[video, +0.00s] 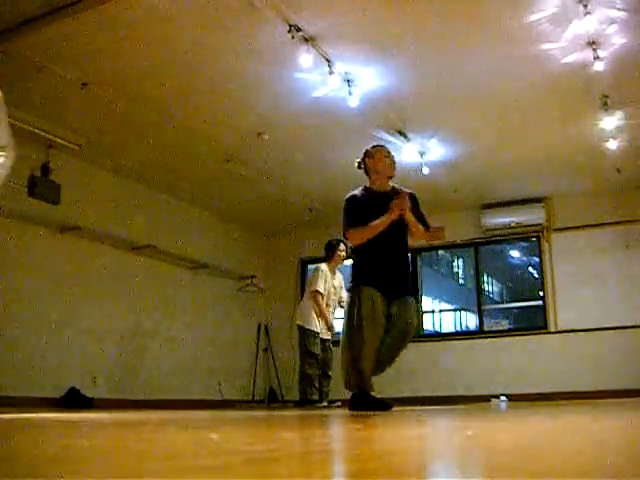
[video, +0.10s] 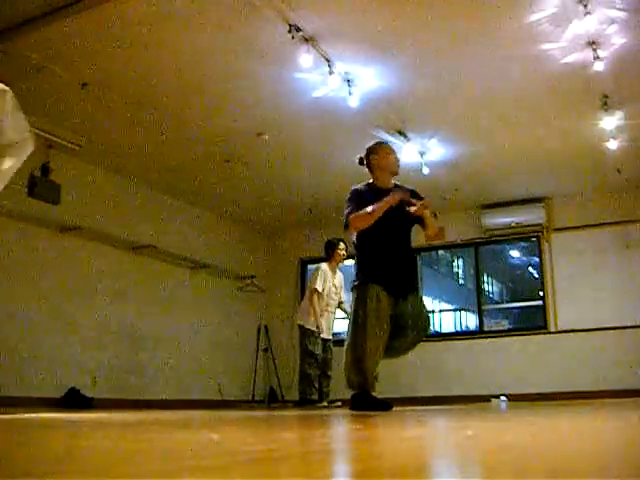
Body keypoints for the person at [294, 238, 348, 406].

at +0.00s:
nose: (343, 255)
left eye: (344, 251)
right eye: (340, 251)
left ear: (344, 255)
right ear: (331, 252)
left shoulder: (338, 276)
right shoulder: (320, 270)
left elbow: (343, 299)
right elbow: (316, 295)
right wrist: (328, 321)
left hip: (326, 318)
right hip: (310, 317)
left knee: (326, 358)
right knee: (312, 357)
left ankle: (323, 395)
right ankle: (309, 396)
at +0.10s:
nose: (343, 253)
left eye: (344, 250)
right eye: (340, 250)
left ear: (343, 254)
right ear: (331, 252)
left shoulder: (339, 276)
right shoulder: (321, 270)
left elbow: (340, 300)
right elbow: (313, 295)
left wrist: (349, 312)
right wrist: (318, 321)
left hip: (326, 321)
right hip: (311, 320)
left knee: (326, 360)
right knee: (312, 359)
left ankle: (324, 395)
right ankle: (308, 396)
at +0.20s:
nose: (344, 253)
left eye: (345, 250)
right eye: (341, 250)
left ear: (345, 254)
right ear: (332, 252)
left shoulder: (340, 275)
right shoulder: (322, 269)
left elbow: (335, 297)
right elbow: (307, 285)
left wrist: (344, 307)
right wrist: (304, 307)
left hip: (328, 320)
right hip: (314, 318)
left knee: (328, 359)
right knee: (316, 356)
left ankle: (324, 395)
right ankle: (309, 395)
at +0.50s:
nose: (344, 253)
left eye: (346, 251)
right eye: (340, 250)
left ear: (347, 255)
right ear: (332, 253)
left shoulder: (342, 280)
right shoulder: (322, 269)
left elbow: (338, 304)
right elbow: (306, 291)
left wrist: (351, 292)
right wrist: (298, 313)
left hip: (329, 324)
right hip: (315, 320)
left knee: (338, 356)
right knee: (329, 356)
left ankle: (323, 395)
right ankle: (321, 397)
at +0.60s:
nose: (341, 255)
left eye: (343, 252)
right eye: (337, 251)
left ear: (346, 257)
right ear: (329, 254)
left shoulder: (346, 278)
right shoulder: (318, 271)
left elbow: (357, 298)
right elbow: (303, 288)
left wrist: (356, 279)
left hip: (336, 324)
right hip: (315, 322)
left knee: (350, 355)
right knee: (324, 356)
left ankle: (335, 379)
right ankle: (322, 397)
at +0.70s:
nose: (342, 251)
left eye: (345, 249)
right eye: (339, 247)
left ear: (348, 253)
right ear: (332, 250)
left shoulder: (349, 274)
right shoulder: (318, 263)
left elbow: (364, 294)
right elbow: (299, 268)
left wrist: (361, 283)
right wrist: (307, 272)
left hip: (333, 314)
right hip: (312, 314)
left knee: (336, 333)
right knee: (314, 359)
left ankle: (336, 362)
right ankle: (319, 397)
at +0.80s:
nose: (343, 249)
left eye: (346, 247)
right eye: (340, 246)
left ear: (348, 252)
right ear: (333, 248)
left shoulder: (350, 272)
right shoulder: (320, 261)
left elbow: (359, 290)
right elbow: (297, 258)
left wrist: (358, 297)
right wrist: (308, 273)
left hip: (337, 304)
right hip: (317, 305)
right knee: (316, 351)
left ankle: (319, 356)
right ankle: (329, 392)